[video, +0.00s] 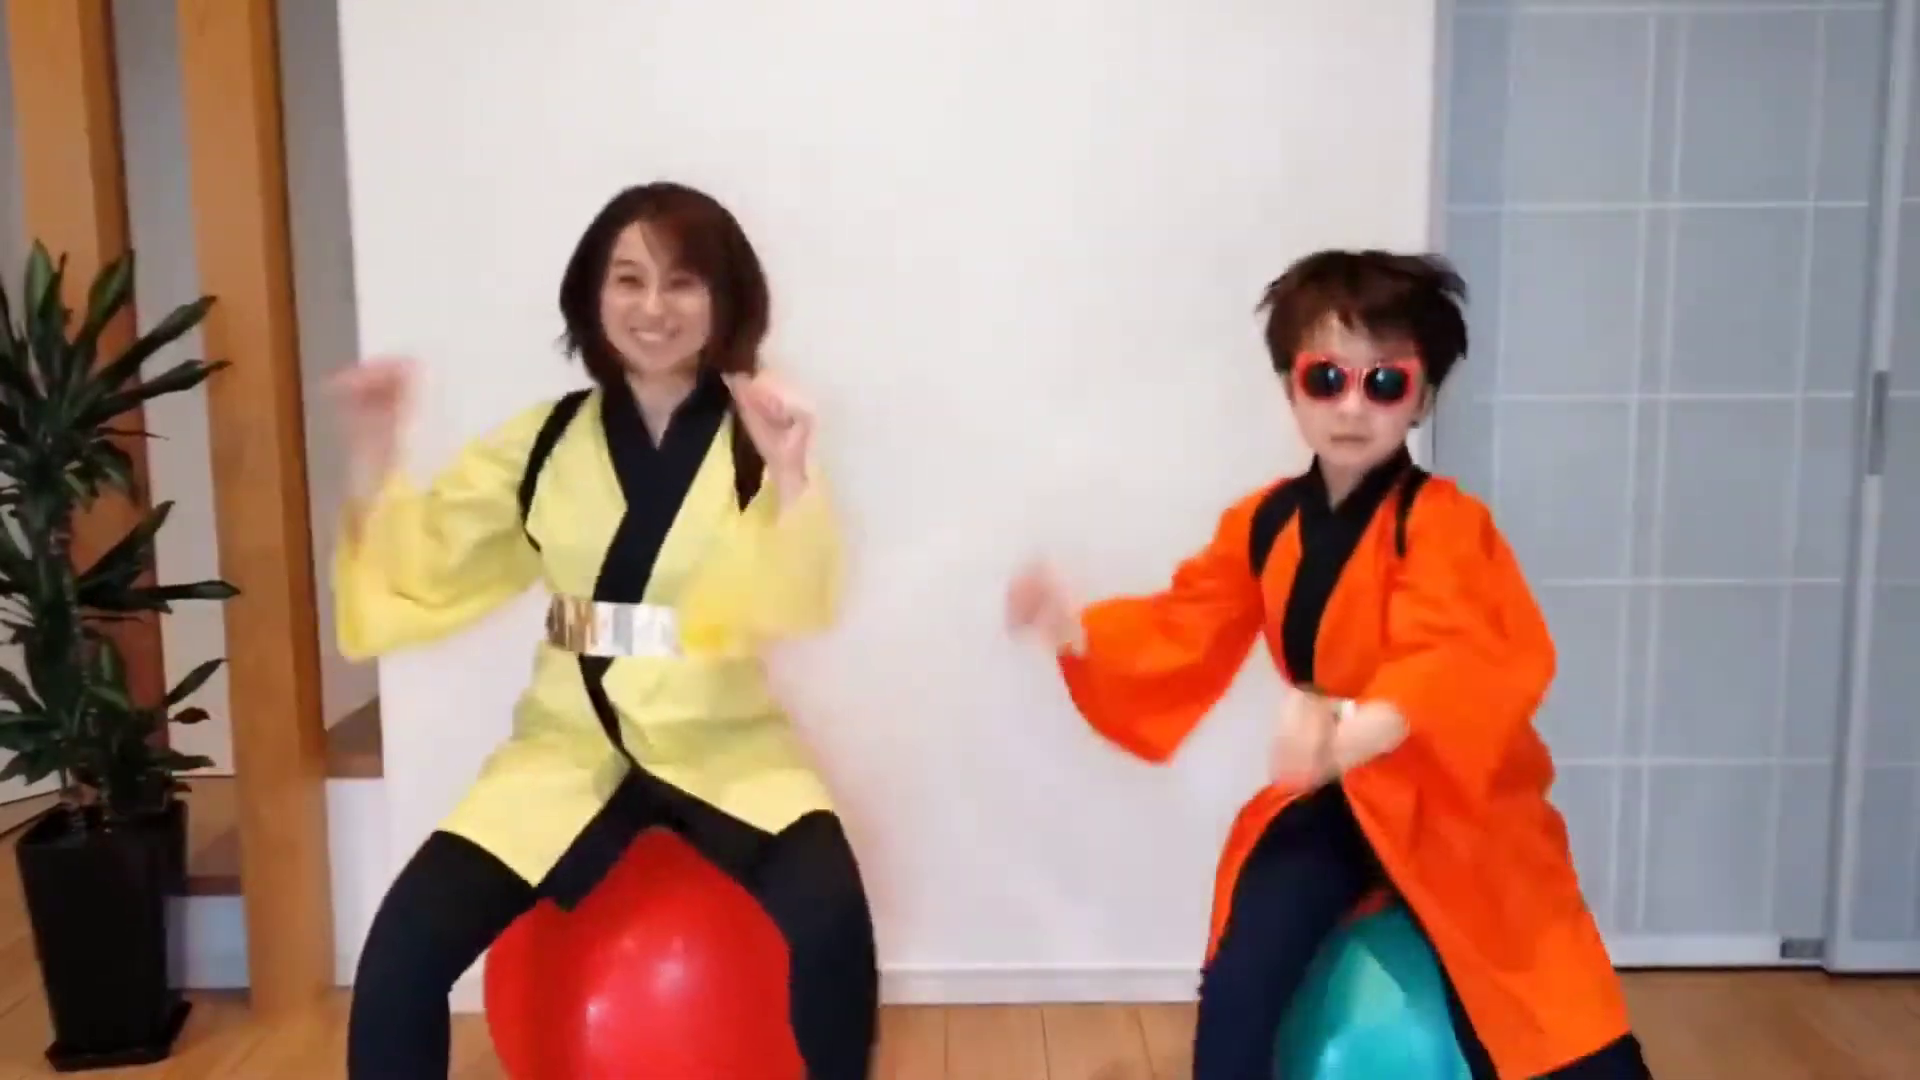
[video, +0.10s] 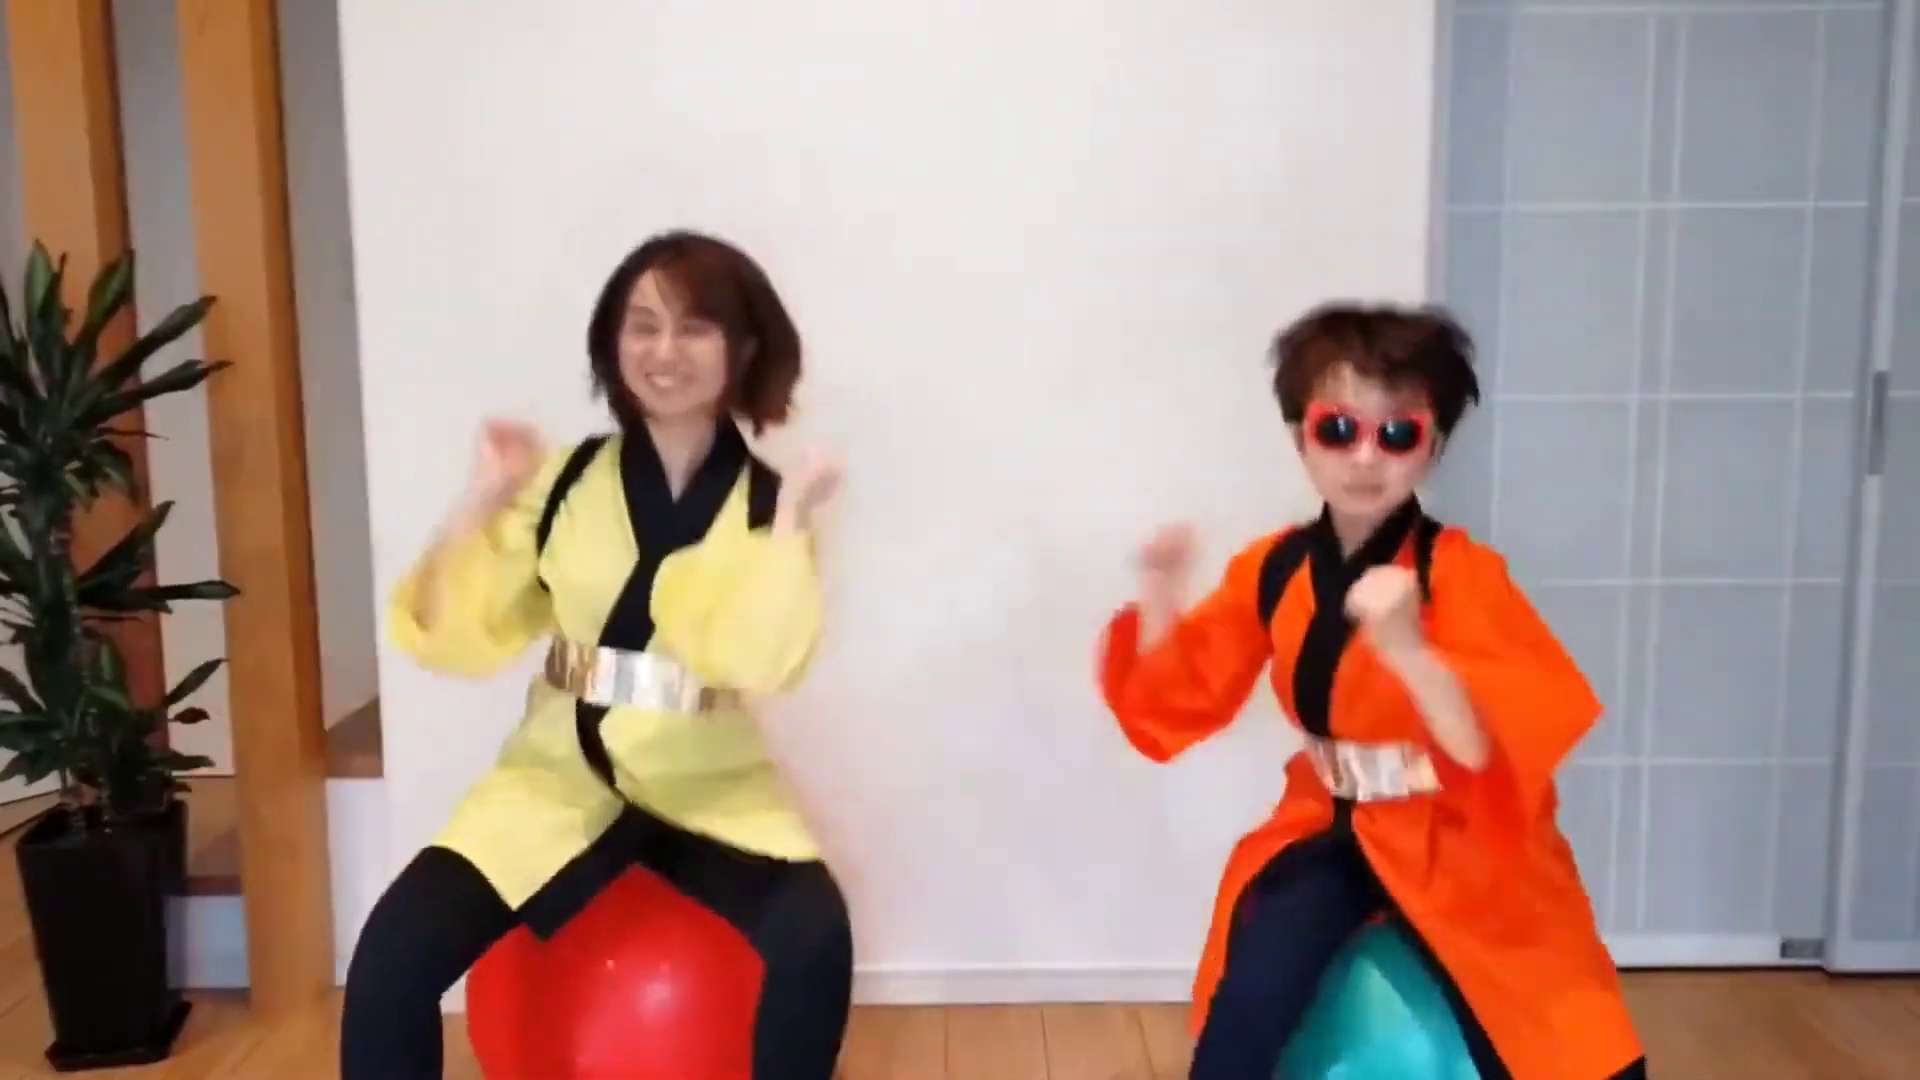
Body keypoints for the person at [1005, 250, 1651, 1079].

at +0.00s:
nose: (1351, 406)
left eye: (1385, 381)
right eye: (1324, 377)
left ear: (1422, 398)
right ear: (1288, 388)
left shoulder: (1446, 524)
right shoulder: (1266, 524)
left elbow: (1471, 662)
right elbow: (1183, 632)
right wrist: (1069, 626)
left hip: (1466, 800)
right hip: (1339, 794)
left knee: (1549, 1003)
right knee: (1253, 950)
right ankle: (1225, 1063)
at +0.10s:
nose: (1366, 455)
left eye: (1399, 431)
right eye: (1338, 428)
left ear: (1434, 447)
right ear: (1300, 440)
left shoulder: (1462, 575)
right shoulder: (1276, 569)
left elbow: (1485, 749)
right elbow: (1173, 708)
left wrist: (1408, 649)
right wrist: (1157, 609)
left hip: (1461, 827)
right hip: (1336, 825)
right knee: (1252, 987)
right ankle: (1221, 1066)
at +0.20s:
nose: (1391, 553)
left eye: (1421, 529)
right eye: (1361, 527)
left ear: (1453, 539)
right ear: (1320, 537)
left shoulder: (1478, 667)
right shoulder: (1292, 655)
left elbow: (1531, 847)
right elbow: (1209, 808)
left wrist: (1491, 700)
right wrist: (1207, 693)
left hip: (1450, 915)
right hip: (1324, 899)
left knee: (1516, 1059)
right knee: (1242, 1025)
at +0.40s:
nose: (1463, 471)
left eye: (1496, 450)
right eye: (1437, 436)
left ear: (1517, 464)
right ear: (1376, 437)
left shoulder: (1523, 590)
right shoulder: (1317, 566)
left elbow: (1560, 769)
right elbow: (1207, 707)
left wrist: (1609, 732)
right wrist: (1245, 721)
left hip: (1480, 850)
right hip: (1339, 842)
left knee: (1615, 1043)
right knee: (1255, 1017)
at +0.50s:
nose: (1510, 429)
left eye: (1541, 408)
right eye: (1484, 396)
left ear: (1561, 417)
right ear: (1415, 393)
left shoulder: (1545, 540)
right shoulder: (1339, 522)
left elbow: (1579, 678)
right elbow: (1254, 673)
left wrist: (1641, 752)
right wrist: (1299, 778)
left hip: (1491, 801)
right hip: (1349, 795)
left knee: (1638, 1000)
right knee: (1265, 996)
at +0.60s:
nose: (1547, 462)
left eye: (1573, 441)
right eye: (1517, 434)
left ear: (1591, 449)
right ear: (1442, 442)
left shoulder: (1564, 585)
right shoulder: (1358, 577)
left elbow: (1596, 739)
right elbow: (1292, 733)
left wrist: (1663, 866)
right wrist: (1356, 877)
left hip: (1503, 838)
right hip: (1353, 835)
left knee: (1666, 1033)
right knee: (1254, 1016)